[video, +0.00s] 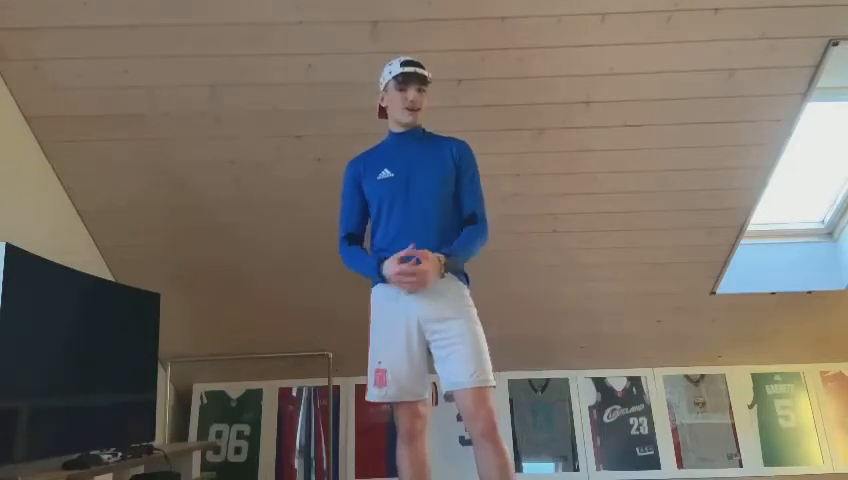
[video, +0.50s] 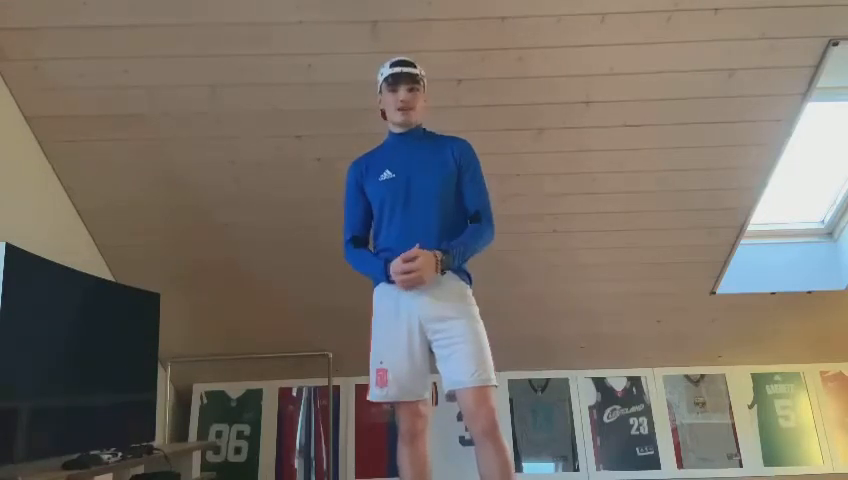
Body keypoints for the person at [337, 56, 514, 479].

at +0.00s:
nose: (413, 95)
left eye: (420, 88)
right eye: (402, 87)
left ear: (428, 97)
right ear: (383, 99)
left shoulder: (456, 151)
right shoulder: (362, 166)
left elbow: (478, 227)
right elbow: (349, 243)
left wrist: (444, 261)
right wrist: (381, 268)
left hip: (448, 295)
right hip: (392, 301)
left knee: (483, 418)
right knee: (410, 422)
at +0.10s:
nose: (412, 95)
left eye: (420, 88)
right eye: (401, 87)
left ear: (428, 98)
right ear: (383, 100)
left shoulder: (456, 151)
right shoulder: (362, 165)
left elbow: (479, 226)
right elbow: (352, 244)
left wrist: (440, 259)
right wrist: (388, 266)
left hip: (448, 294)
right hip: (391, 299)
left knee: (482, 418)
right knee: (410, 422)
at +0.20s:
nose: (411, 94)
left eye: (419, 88)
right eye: (400, 87)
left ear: (428, 98)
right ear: (383, 101)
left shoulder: (457, 152)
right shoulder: (363, 166)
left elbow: (482, 226)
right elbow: (352, 244)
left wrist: (442, 262)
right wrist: (393, 267)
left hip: (449, 296)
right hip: (391, 301)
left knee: (482, 419)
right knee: (410, 422)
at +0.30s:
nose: (408, 95)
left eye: (417, 87)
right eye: (398, 88)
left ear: (427, 98)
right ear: (383, 101)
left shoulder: (457, 151)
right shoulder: (363, 166)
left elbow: (482, 226)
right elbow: (352, 243)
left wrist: (442, 264)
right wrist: (391, 268)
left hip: (449, 296)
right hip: (391, 301)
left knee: (482, 419)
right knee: (410, 422)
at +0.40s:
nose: (406, 95)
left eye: (414, 87)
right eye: (396, 88)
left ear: (426, 97)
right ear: (382, 102)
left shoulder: (457, 151)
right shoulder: (363, 167)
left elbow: (482, 226)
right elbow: (353, 244)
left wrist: (442, 262)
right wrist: (388, 269)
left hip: (449, 296)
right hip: (391, 302)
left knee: (483, 420)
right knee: (410, 423)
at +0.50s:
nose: (404, 97)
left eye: (412, 89)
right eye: (394, 90)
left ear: (425, 98)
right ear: (381, 103)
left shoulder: (457, 150)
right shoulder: (363, 168)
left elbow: (484, 226)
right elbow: (353, 246)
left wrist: (442, 259)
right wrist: (388, 269)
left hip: (450, 294)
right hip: (393, 300)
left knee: (483, 417)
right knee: (411, 421)